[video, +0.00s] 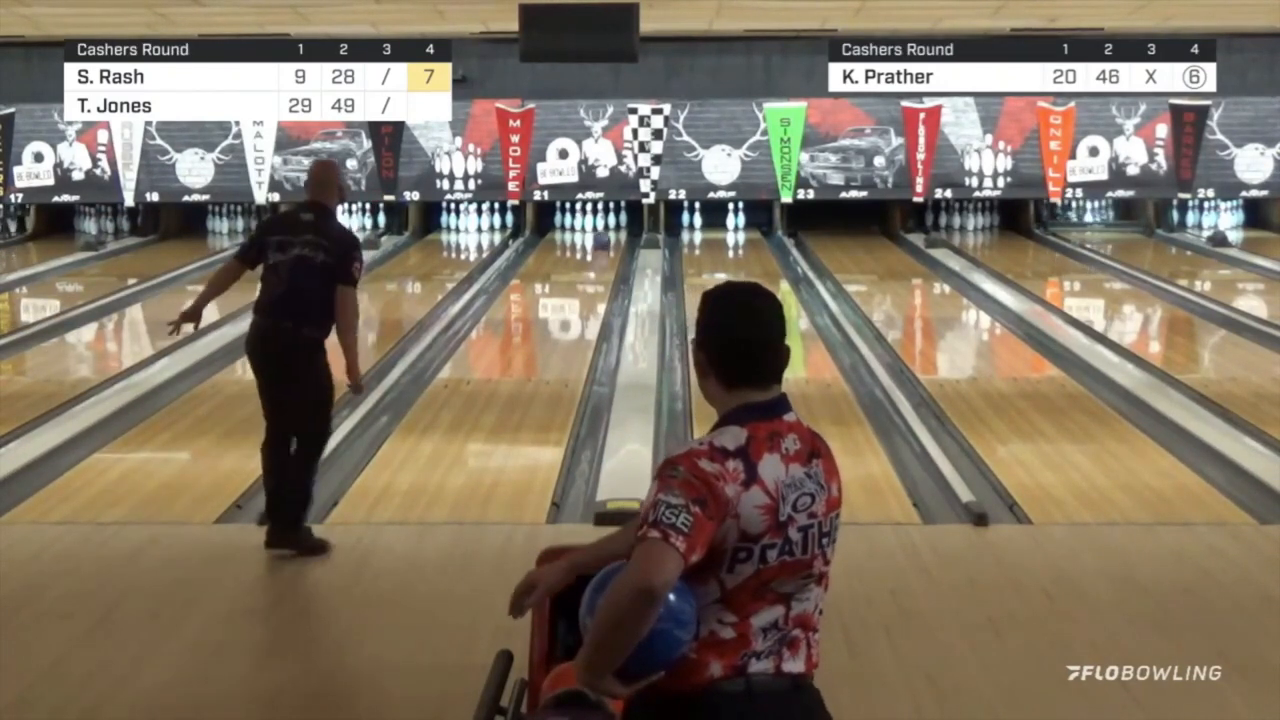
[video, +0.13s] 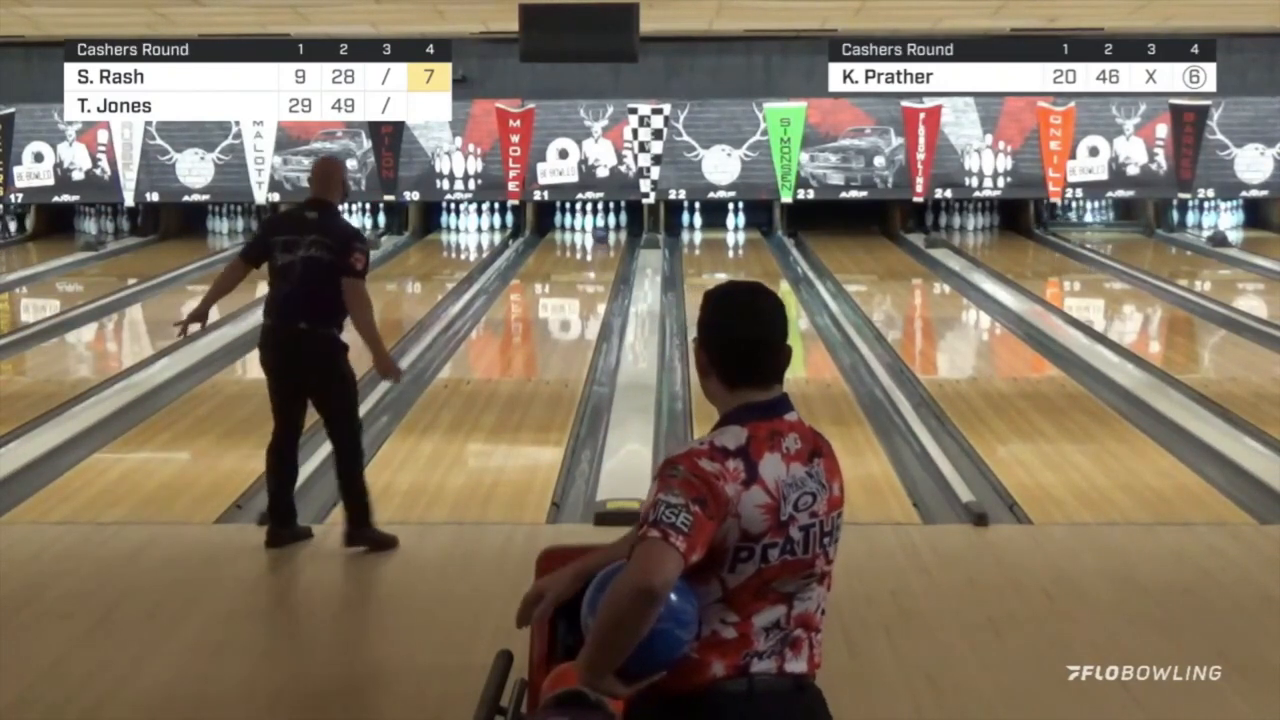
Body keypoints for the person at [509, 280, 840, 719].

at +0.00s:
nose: (693, 357)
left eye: (694, 347)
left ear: (701, 360)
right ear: (782, 357)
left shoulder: (701, 468)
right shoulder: (816, 452)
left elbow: (650, 581)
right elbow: (674, 518)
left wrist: (590, 672)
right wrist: (569, 565)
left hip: (699, 697)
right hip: (793, 691)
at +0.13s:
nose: (695, 356)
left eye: (695, 346)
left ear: (701, 359)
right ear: (785, 357)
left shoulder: (701, 468)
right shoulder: (820, 453)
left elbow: (650, 580)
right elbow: (685, 518)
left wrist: (591, 673)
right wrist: (578, 571)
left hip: (699, 698)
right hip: (795, 693)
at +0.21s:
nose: (696, 357)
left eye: (696, 347)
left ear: (701, 359)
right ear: (786, 357)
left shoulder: (701, 468)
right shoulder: (820, 453)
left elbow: (649, 581)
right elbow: (686, 518)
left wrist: (591, 673)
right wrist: (578, 569)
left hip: (700, 699)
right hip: (796, 693)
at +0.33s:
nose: (698, 356)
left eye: (699, 346)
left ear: (703, 359)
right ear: (789, 357)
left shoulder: (702, 469)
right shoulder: (820, 452)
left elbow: (650, 581)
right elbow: (678, 514)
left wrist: (591, 674)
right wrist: (578, 557)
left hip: (701, 699)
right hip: (796, 693)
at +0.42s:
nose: (699, 354)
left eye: (700, 345)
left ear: (705, 359)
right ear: (791, 359)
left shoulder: (704, 469)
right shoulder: (821, 452)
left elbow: (650, 582)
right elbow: (680, 514)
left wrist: (593, 673)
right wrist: (578, 550)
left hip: (702, 699)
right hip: (798, 693)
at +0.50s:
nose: (700, 354)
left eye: (701, 345)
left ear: (705, 358)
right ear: (791, 359)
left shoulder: (704, 468)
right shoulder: (821, 451)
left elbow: (652, 582)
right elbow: (680, 509)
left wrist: (594, 673)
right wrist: (575, 542)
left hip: (702, 700)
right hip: (799, 694)